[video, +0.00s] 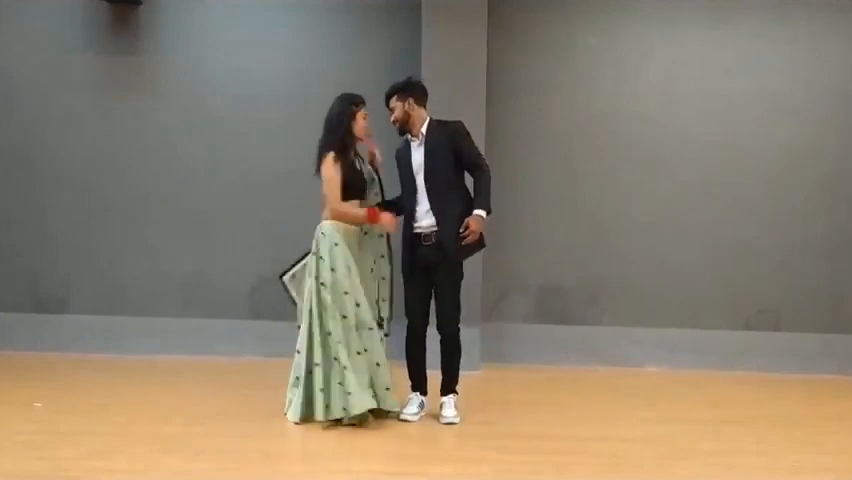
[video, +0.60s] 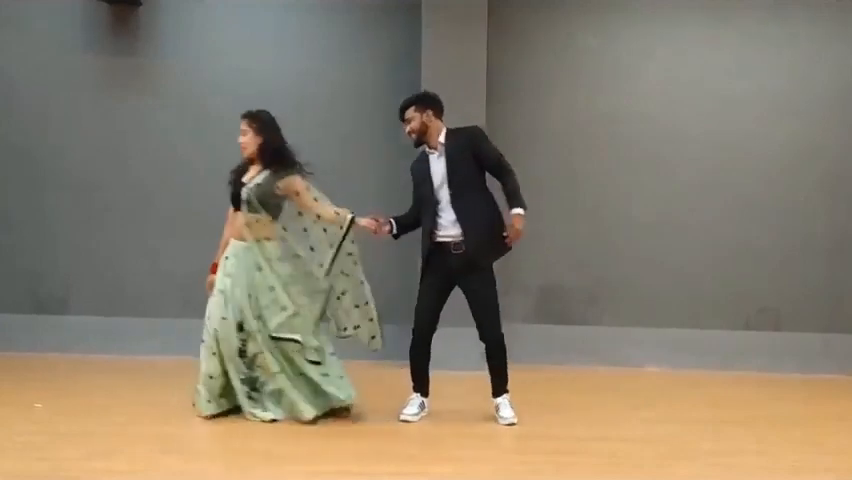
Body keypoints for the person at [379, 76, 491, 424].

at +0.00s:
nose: (390, 117)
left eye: (394, 109)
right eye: (389, 111)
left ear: (413, 105)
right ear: (407, 109)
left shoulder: (452, 131)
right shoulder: (403, 152)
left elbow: (481, 171)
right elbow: (410, 199)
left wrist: (479, 213)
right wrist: (378, 209)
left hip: (447, 239)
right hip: (414, 241)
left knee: (448, 323)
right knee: (416, 323)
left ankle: (449, 396)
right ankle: (418, 394)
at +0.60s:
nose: (406, 128)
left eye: (410, 120)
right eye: (404, 123)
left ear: (430, 115)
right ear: (422, 120)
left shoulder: (470, 138)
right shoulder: (419, 165)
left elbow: (503, 172)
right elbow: (418, 213)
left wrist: (517, 213)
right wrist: (392, 225)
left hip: (475, 252)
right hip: (438, 255)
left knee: (491, 331)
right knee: (422, 328)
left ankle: (501, 398)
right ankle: (419, 397)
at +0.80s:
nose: (443, 123)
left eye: (447, 115)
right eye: (441, 118)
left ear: (468, 111)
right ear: (458, 115)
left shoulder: (506, 142)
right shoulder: (447, 156)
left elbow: (533, 177)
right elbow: (417, 192)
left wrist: (555, 216)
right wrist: (376, 197)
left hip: (496, 256)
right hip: (458, 255)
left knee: (505, 334)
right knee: (434, 326)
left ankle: (503, 399)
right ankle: (419, 396)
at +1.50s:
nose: (439, 119)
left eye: (445, 113)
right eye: (438, 113)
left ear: (466, 115)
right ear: (443, 115)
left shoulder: (491, 154)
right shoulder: (431, 151)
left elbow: (507, 197)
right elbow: (410, 188)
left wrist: (518, 240)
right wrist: (372, 197)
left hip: (471, 256)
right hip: (433, 255)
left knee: (495, 326)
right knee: (413, 323)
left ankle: (504, 397)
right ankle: (396, 392)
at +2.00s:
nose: (436, 115)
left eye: (443, 111)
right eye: (434, 109)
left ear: (459, 113)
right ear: (432, 109)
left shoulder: (476, 152)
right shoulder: (417, 144)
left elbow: (488, 196)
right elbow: (396, 184)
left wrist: (485, 228)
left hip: (456, 251)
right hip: (417, 248)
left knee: (478, 325)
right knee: (404, 323)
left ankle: (501, 399)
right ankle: (394, 399)